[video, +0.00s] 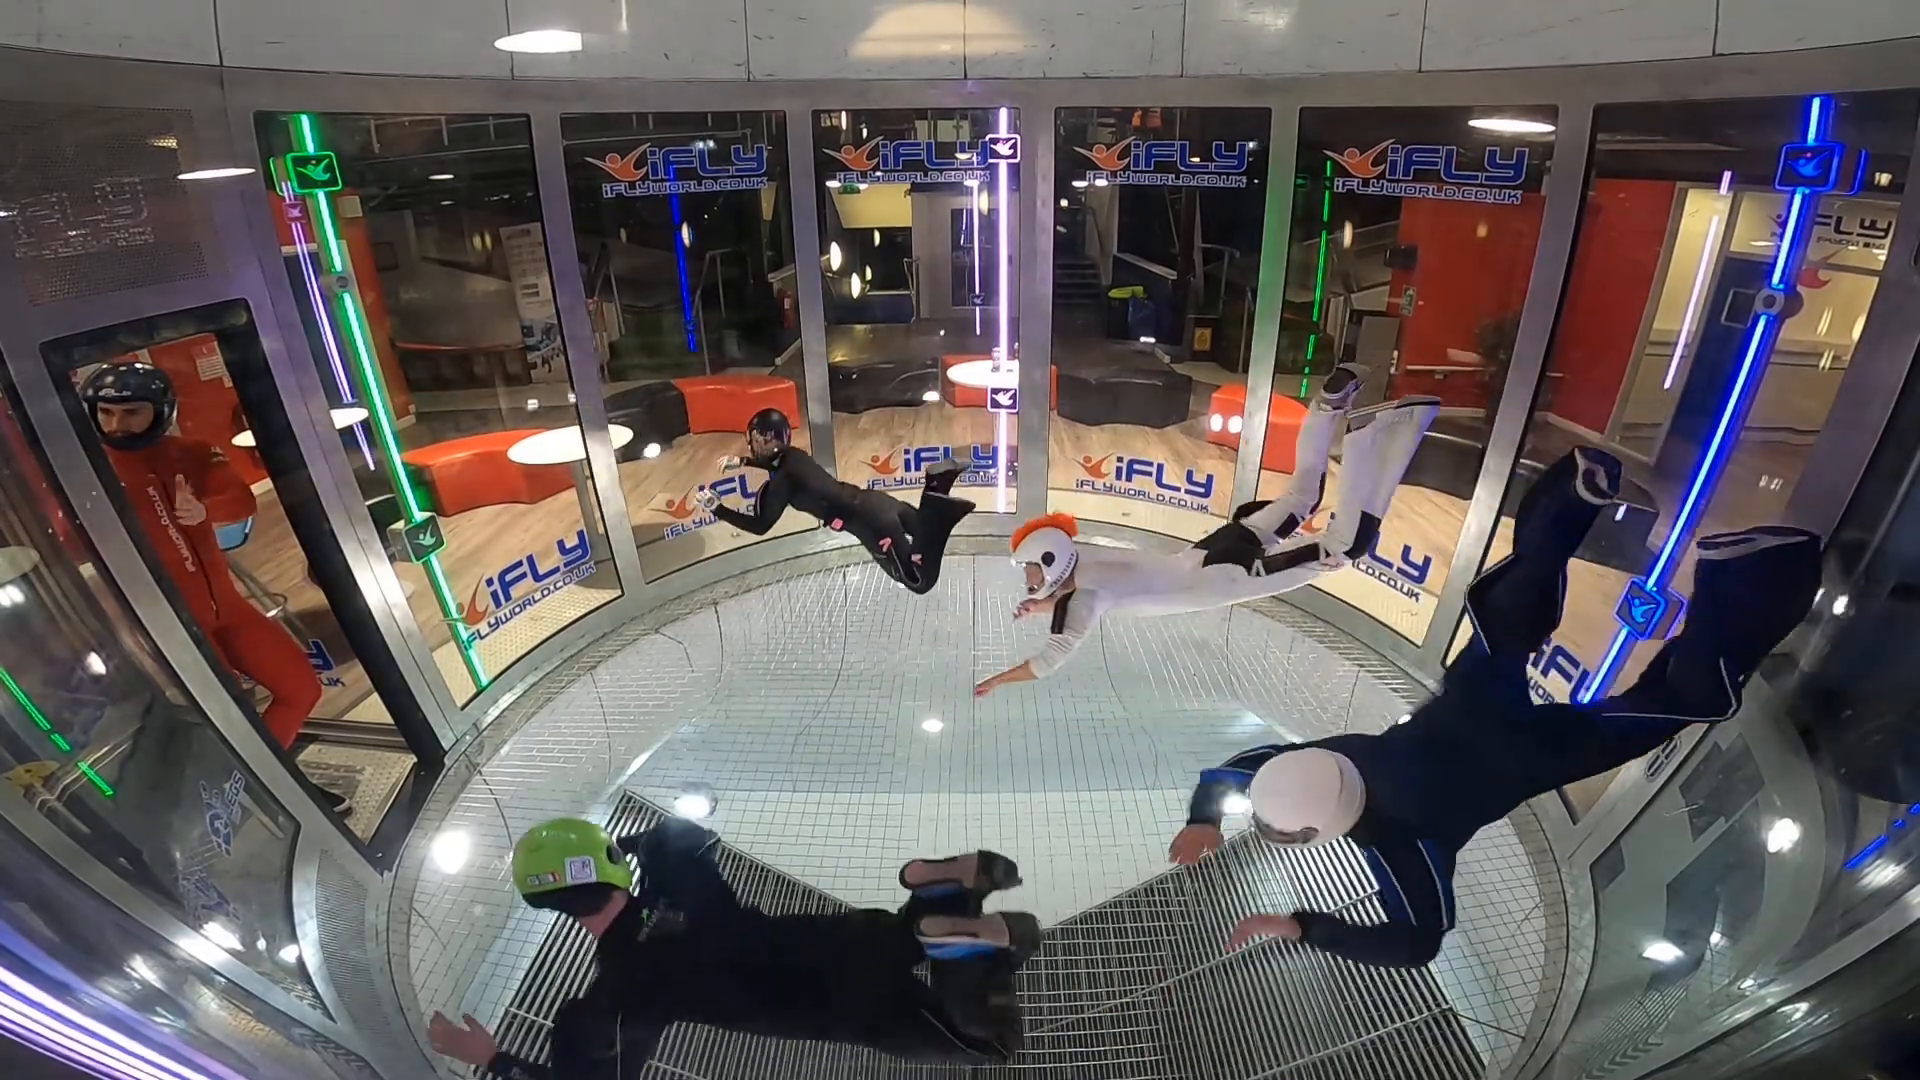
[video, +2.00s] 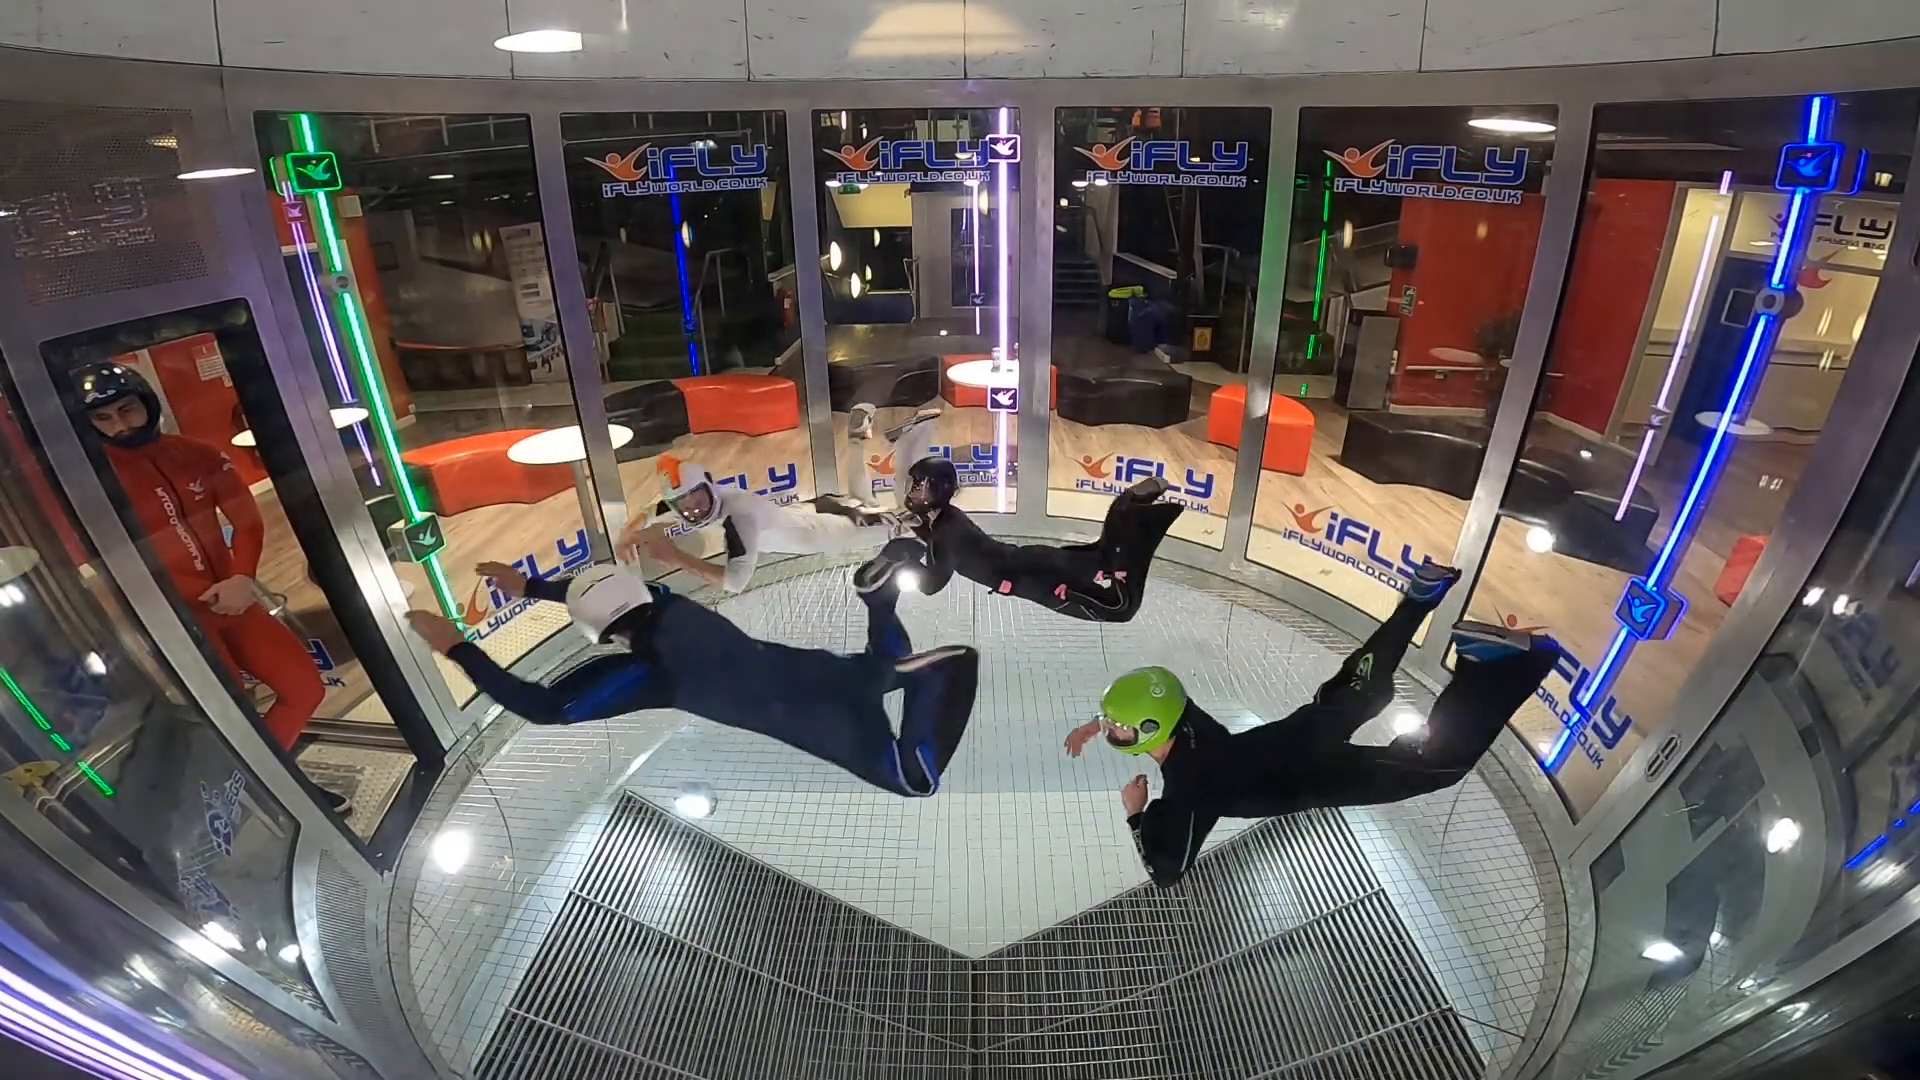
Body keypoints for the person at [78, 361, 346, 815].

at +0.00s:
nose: (117, 425)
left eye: (132, 412)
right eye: (106, 413)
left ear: (158, 412)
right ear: (92, 414)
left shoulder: (186, 455)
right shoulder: (90, 470)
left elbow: (242, 500)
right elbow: (71, 542)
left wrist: (204, 509)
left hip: (224, 607)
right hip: (172, 630)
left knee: (301, 687)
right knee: (237, 712)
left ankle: (245, 781)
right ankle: (293, 791)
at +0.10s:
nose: (116, 426)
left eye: (130, 413)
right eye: (105, 413)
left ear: (157, 413)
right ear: (92, 415)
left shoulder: (193, 456)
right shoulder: (89, 474)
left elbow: (243, 505)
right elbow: (72, 546)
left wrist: (219, 527)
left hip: (225, 607)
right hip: (169, 629)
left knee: (302, 688)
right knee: (233, 713)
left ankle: (243, 779)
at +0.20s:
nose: (116, 426)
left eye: (129, 413)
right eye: (104, 414)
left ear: (155, 412)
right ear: (90, 414)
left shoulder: (190, 455)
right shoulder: (84, 474)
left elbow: (241, 504)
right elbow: (67, 541)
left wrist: (231, 538)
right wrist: (114, 503)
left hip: (224, 605)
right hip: (168, 627)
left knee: (302, 688)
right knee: (232, 715)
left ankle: (244, 779)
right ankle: (294, 790)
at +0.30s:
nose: (121, 425)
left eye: (132, 411)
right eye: (107, 414)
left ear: (155, 409)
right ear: (91, 417)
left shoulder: (194, 456)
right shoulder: (84, 475)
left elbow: (245, 507)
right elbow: (76, 554)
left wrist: (238, 546)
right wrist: (154, 544)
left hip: (224, 604)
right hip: (169, 626)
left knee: (302, 688)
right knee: (233, 716)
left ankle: (245, 778)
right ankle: (294, 791)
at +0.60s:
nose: (128, 423)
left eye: (135, 407)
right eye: (111, 415)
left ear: (152, 402)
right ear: (94, 421)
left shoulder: (197, 455)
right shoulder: (92, 477)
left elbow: (248, 519)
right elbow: (101, 569)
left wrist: (225, 581)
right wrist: (191, 601)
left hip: (225, 599)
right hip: (170, 619)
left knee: (303, 689)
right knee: (235, 712)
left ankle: (243, 780)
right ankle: (293, 791)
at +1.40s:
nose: (129, 423)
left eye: (135, 407)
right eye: (111, 417)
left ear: (151, 402)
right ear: (94, 423)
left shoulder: (197, 455)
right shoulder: (97, 480)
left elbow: (248, 520)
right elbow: (105, 569)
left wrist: (241, 577)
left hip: (232, 602)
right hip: (176, 620)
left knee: (303, 689)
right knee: (233, 718)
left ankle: (251, 777)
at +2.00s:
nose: (120, 425)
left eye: (127, 409)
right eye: (104, 418)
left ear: (145, 404)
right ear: (88, 425)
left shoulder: (198, 455)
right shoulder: (93, 482)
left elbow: (247, 521)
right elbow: (104, 575)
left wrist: (243, 577)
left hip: (234, 604)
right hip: (180, 624)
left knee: (305, 688)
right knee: (237, 717)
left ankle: (240, 784)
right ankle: (294, 794)